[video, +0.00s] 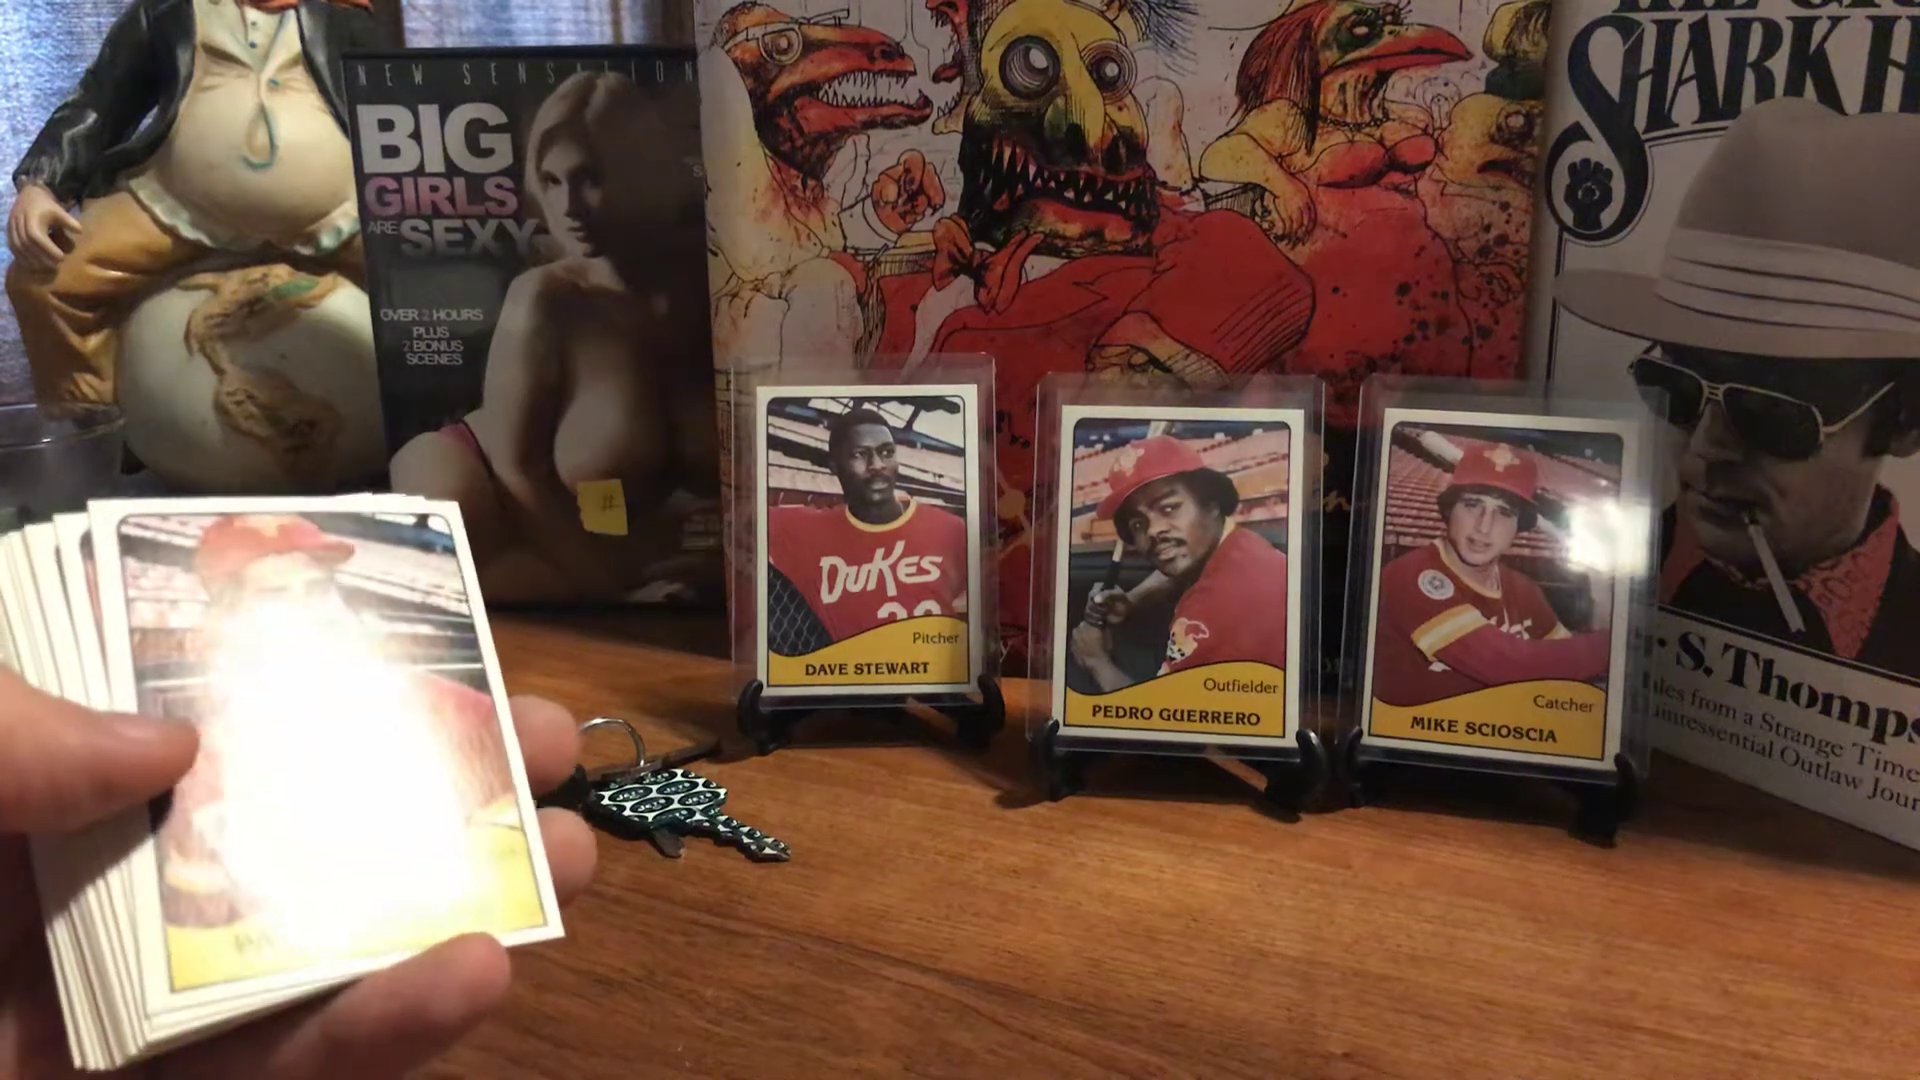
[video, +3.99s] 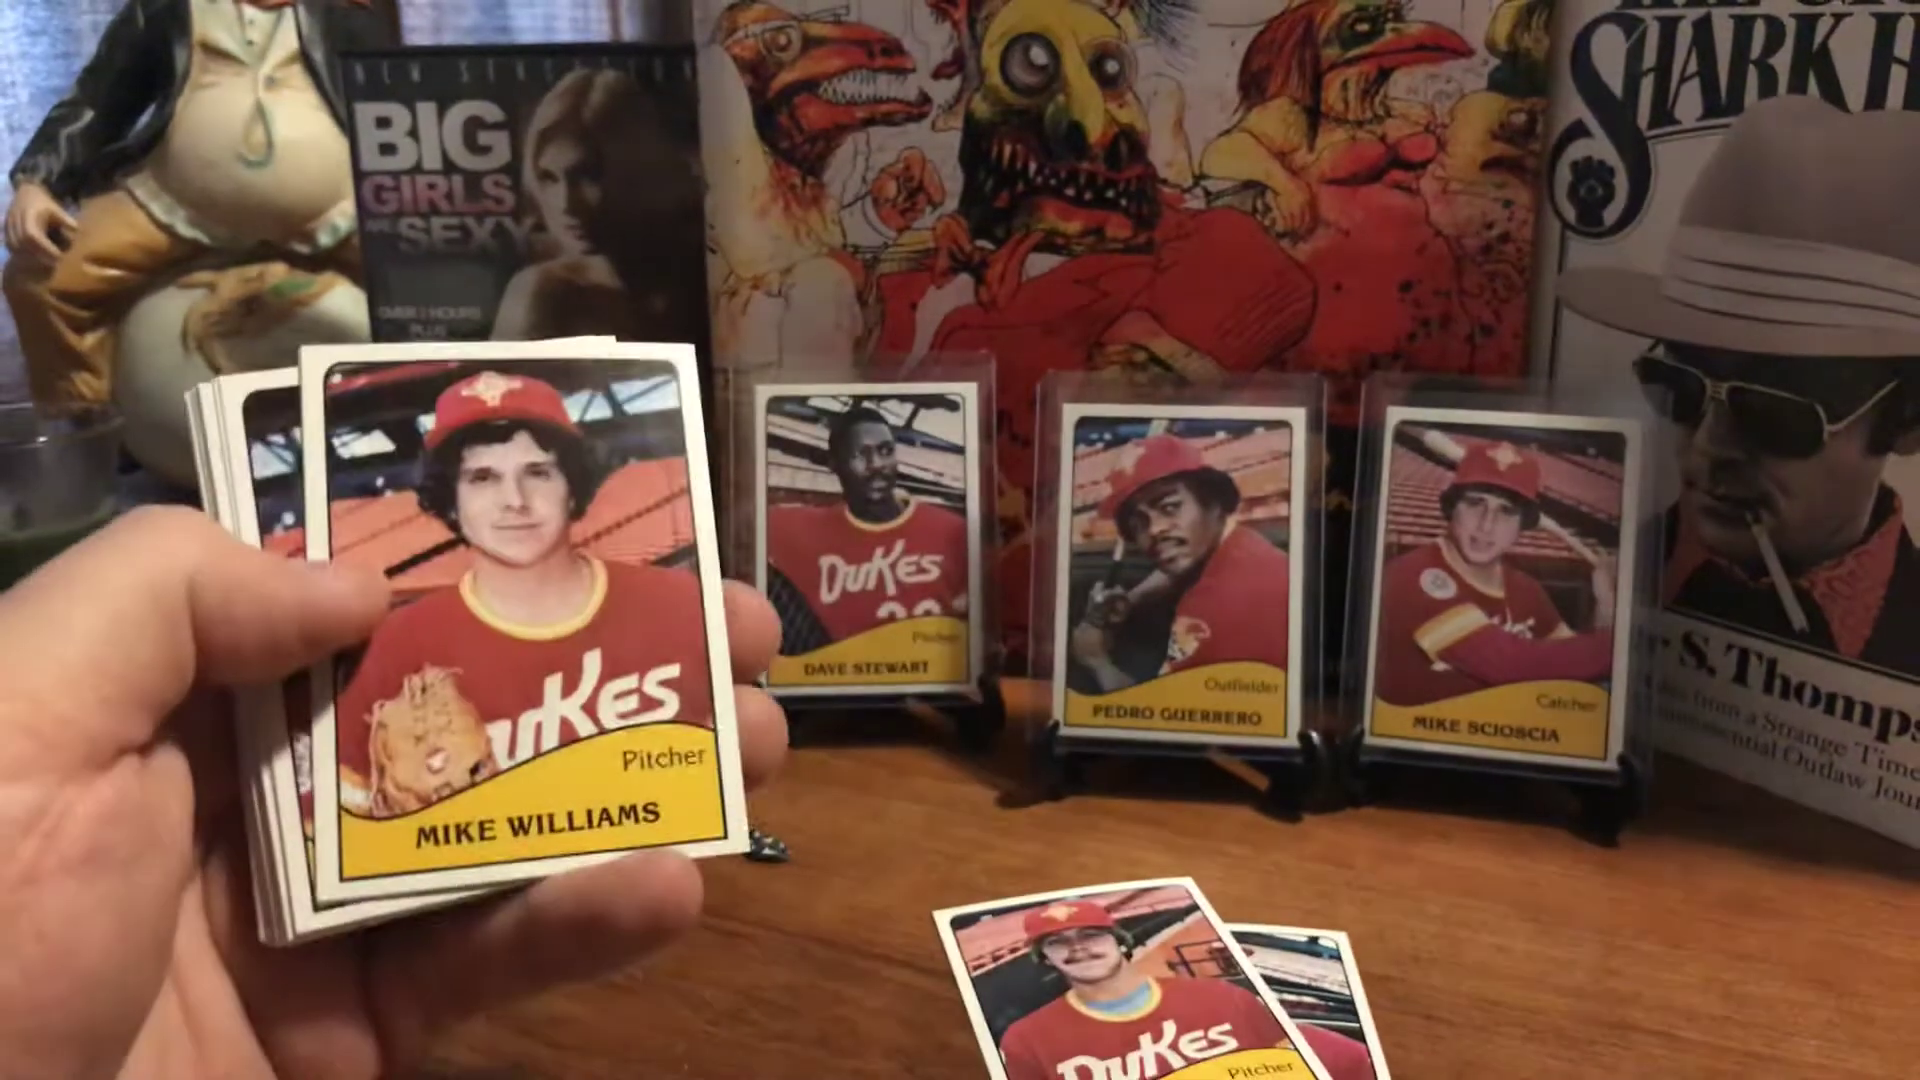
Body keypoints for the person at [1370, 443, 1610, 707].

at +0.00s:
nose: (1484, 526)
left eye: (1503, 513)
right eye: (1472, 505)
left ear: (1518, 526)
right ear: (1448, 509)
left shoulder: (1523, 591)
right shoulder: (1412, 578)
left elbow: (1569, 662)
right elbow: (1503, 664)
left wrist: (1629, 637)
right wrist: (1621, 642)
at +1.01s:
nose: (1483, 527)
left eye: (1503, 513)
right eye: (1472, 505)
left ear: (1519, 526)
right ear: (1449, 509)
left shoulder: (1522, 591)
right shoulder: (1413, 579)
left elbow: (1575, 671)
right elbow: (1501, 664)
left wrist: (1603, 606)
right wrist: (1616, 642)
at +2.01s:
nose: (1484, 526)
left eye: (1504, 512)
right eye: (1474, 505)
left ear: (1520, 527)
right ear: (1449, 509)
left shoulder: (1521, 590)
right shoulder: (1414, 578)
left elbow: (1578, 668)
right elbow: (1504, 664)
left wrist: (1603, 601)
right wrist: (1619, 642)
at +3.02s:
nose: (1488, 526)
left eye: (1508, 513)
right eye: (1477, 505)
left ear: (1525, 528)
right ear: (1453, 509)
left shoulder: (1526, 590)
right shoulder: (1417, 577)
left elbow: (1580, 671)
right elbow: (1505, 665)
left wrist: (1607, 607)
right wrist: (1616, 644)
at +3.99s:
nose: (1486, 524)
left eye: (1506, 511)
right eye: (1475, 503)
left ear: (1522, 525)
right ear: (1451, 507)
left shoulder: (1524, 590)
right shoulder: (1416, 577)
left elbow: (1579, 671)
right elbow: (1505, 664)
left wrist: (1605, 608)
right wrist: (1623, 643)